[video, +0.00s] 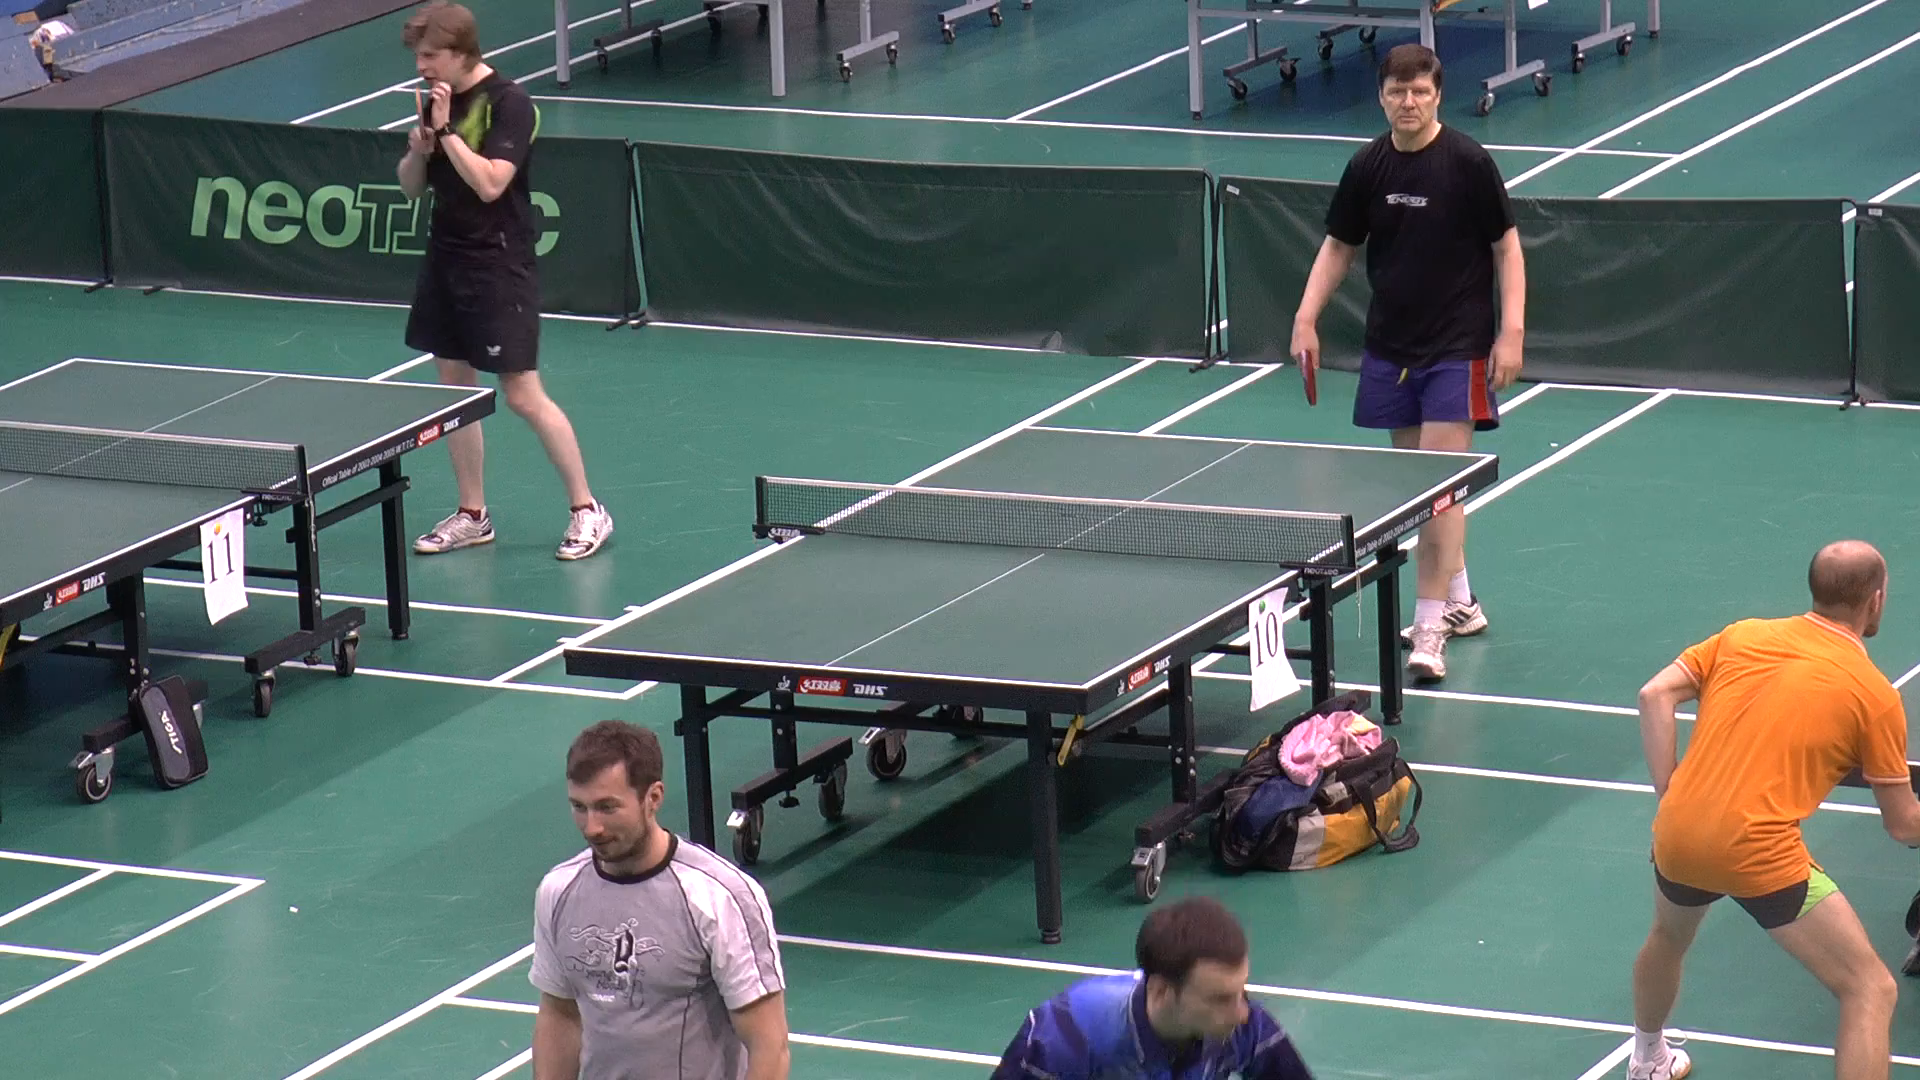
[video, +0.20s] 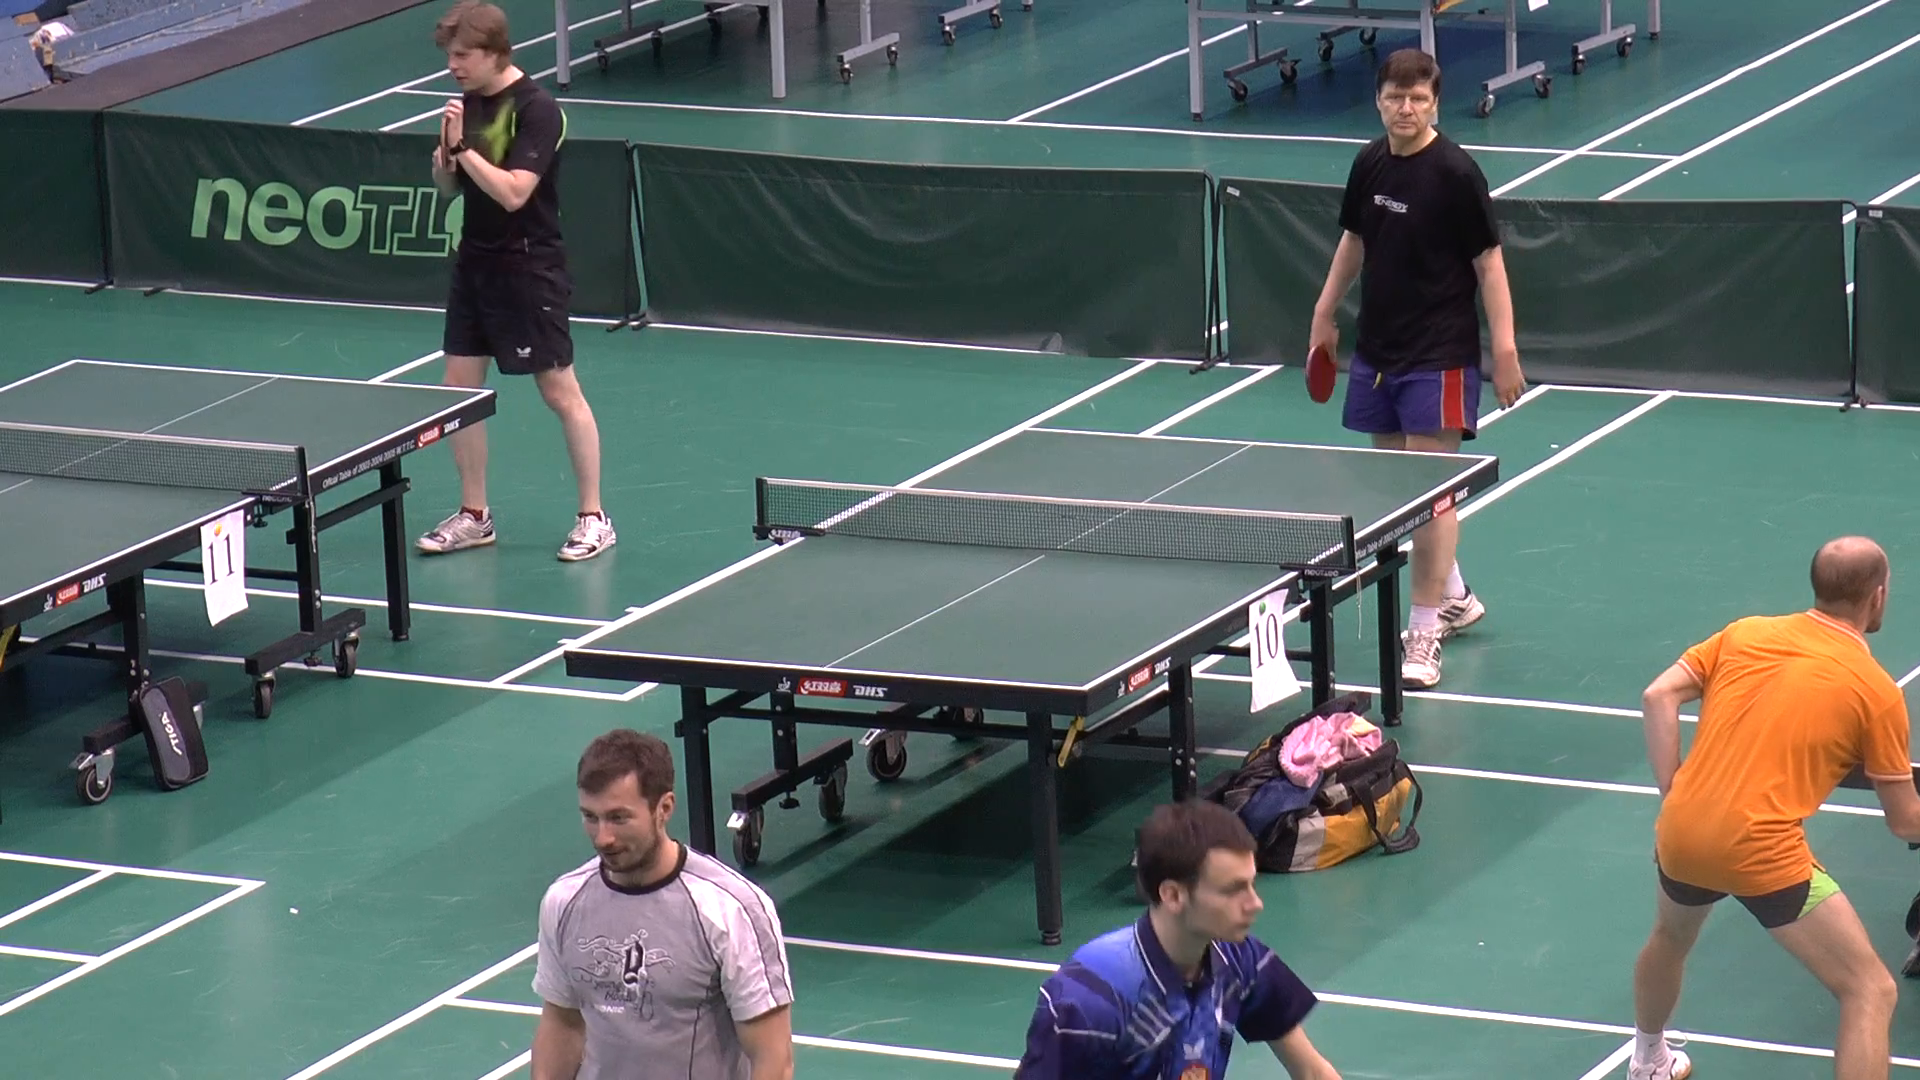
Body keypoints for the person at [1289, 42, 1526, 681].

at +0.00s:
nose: (1408, 102)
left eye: (1419, 91)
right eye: (1397, 92)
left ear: (1438, 95)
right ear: (1383, 97)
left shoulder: (1470, 163)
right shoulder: (1366, 167)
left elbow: (1507, 248)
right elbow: (1337, 247)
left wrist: (1512, 333)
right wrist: (1305, 316)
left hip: (1457, 345)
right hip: (1389, 346)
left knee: (1436, 484)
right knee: (1420, 484)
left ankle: (1429, 625)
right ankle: (1459, 599)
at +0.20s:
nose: (1404, 108)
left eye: (1416, 98)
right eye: (1394, 97)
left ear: (1434, 102)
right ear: (1379, 101)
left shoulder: (1458, 173)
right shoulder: (1369, 163)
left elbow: (1491, 264)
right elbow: (1352, 243)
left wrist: (1505, 351)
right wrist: (1324, 312)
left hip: (1439, 356)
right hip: (1379, 352)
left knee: (1432, 490)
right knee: (1400, 484)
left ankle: (1422, 630)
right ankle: (1451, 591)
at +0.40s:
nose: (1402, 120)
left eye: (1414, 110)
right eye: (1392, 110)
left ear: (1431, 112)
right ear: (1375, 112)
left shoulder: (1449, 181)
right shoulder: (1369, 167)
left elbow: (1483, 279)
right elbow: (1364, 244)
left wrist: (1479, 374)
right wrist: (1341, 304)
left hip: (1427, 370)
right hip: (1365, 359)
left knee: (1427, 498)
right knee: (1345, 472)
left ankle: (1421, 635)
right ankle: (1435, 568)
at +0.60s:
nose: (1399, 124)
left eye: (1410, 114)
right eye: (1387, 114)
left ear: (1426, 114)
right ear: (1370, 115)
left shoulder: (1444, 182)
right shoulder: (1360, 168)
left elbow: (1475, 282)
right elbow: (1354, 246)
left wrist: (1450, 364)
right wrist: (1327, 307)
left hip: (1415, 372)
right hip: (1352, 361)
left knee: (1426, 501)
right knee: (1325, 476)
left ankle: (1423, 636)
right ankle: (1371, 597)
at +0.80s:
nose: (1387, 117)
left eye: (1398, 107)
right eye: (1376, 106)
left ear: (1413, 111)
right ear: (1356, 111)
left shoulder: (1433, 181)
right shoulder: (1339, 175)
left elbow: (1470, 273)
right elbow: (1323, 254)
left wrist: (1453, 349)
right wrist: (1290, 327)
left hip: (1407, 373)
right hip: (1337, 367)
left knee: (1420, 503)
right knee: (1322, 490)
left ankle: (1422, 638)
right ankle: (1353, 608)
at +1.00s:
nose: (1361, 108)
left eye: (1372, 98)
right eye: (1349, 99)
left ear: (1387, 104)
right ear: (1330, 107)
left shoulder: (1416, 176)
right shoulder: (1310, 177)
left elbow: (1454, 265)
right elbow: (1288, 259)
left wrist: (1474, 348)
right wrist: (1256, 332)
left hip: (1400, 365)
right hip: (1325, 366)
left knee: (1414, 501)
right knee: (1310, 492)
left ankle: (1418, 636)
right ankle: (1357, 610)